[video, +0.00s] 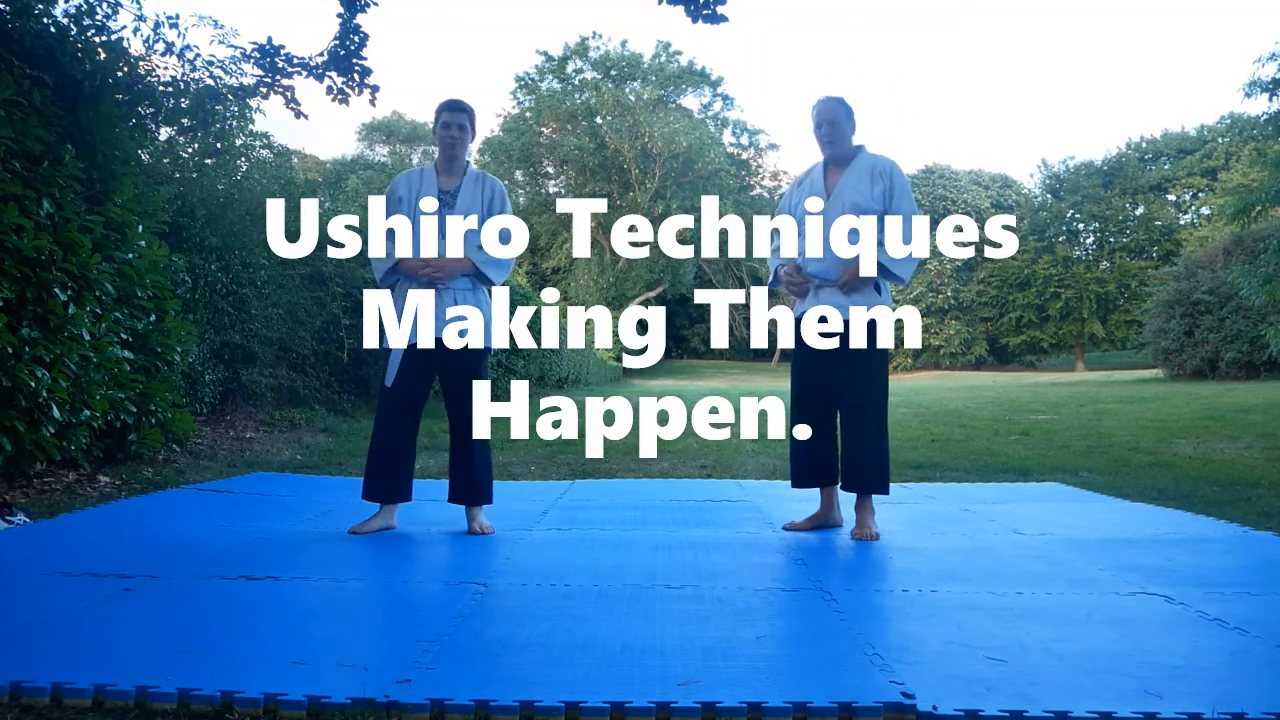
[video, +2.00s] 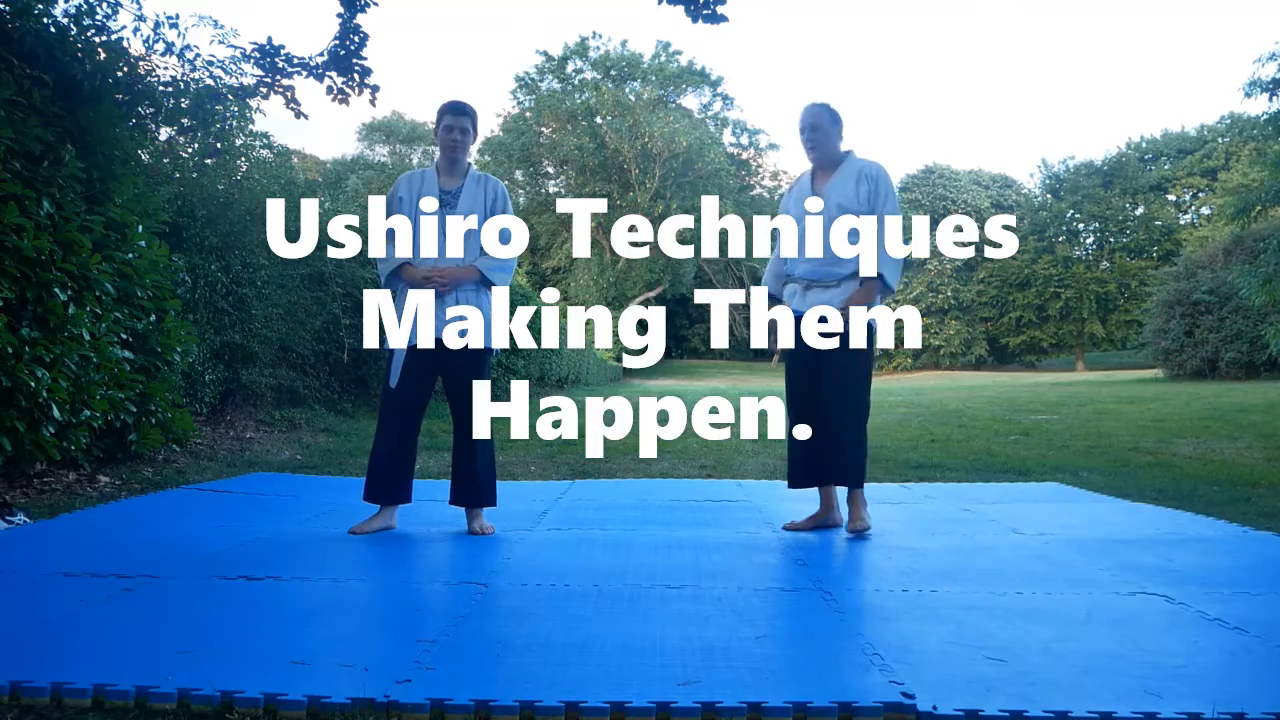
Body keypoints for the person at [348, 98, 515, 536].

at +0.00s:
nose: (452, 133)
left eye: (460, 127)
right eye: (446, 126)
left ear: (473, 137)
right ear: (434, 132)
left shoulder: (490, 188)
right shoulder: (405, 183)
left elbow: (501, 253)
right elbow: (382, 249)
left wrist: (458, 264)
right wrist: (413, 269)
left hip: (468, 316)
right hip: (411, 314)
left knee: (469, 412)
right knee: (396, 409)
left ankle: (475, 509)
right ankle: (387, 509)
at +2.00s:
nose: (456, 137)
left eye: (464, 131)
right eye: (449, 129)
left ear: (475, 139)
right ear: (435, 133)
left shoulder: (492, 190)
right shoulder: (406, 186)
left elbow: (504, 259)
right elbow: (389, 256)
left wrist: (457, 274)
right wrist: (421, 277)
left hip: (470, 322)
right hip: (414, 320)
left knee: (473, 415)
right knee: (399, 411)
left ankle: (475, 512)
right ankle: (387, 510)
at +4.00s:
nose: (452, 137)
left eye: (460, 131)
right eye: (446, 129)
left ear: (472, 139)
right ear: (433, 134)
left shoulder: (491, 190)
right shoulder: (405, 186)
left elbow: (503, 256)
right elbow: (383, 246)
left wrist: (457, 275)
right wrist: (412, 276)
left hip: (469, 321)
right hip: (413, 319)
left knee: (472, 420)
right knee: (397, 415)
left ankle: (475, 513)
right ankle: (387, 510)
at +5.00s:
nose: (514, 160)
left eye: (517, 153)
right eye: (512, 150)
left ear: (499, 147)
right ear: (489, 140)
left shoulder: (497, 203)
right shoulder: (439, 178)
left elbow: (496, 266)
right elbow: (410, 238)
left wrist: (502, 317)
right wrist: (432, 290)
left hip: (475, 325)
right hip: (424, 317)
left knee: (478, 412)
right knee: (400, 413)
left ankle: (463, 508)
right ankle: (386, 510)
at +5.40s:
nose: (557, 168)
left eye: (562, 163)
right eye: (557, 158)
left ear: (544, 154)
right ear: (536, 145)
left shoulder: (528, 207)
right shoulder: (496, 174)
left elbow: (523, 272)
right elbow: (468, 221)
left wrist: (531, 318)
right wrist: (463, 268)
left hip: (502, 320)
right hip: (471, 311)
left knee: (490, 409)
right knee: (466, 406)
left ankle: (465, 503)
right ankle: (455, 503)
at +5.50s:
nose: (567, 170)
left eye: (572, 164)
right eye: (567, 159)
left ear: (551, 155)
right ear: (545, 147)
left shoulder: (532, 199)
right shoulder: (510, 175)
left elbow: (529, 269)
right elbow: (486, 223)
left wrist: (541, 314)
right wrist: (501, 268)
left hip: (507, 315)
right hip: (491, 310)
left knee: (478, 408)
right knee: (505, 406)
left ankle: (461, 506)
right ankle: (512, 509)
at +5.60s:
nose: (573, 170)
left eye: (578, 164)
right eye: (573, 159)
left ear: (554, 152)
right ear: (552, 147)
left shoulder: (533, 190)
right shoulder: (519, 175)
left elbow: (528, 262)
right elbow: (500, 229)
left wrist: (549, 308)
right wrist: (531, 263)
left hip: (511, 310)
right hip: (499, 307)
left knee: (483, 407)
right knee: (517, 408)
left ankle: (462, 506)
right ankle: (543, 511)